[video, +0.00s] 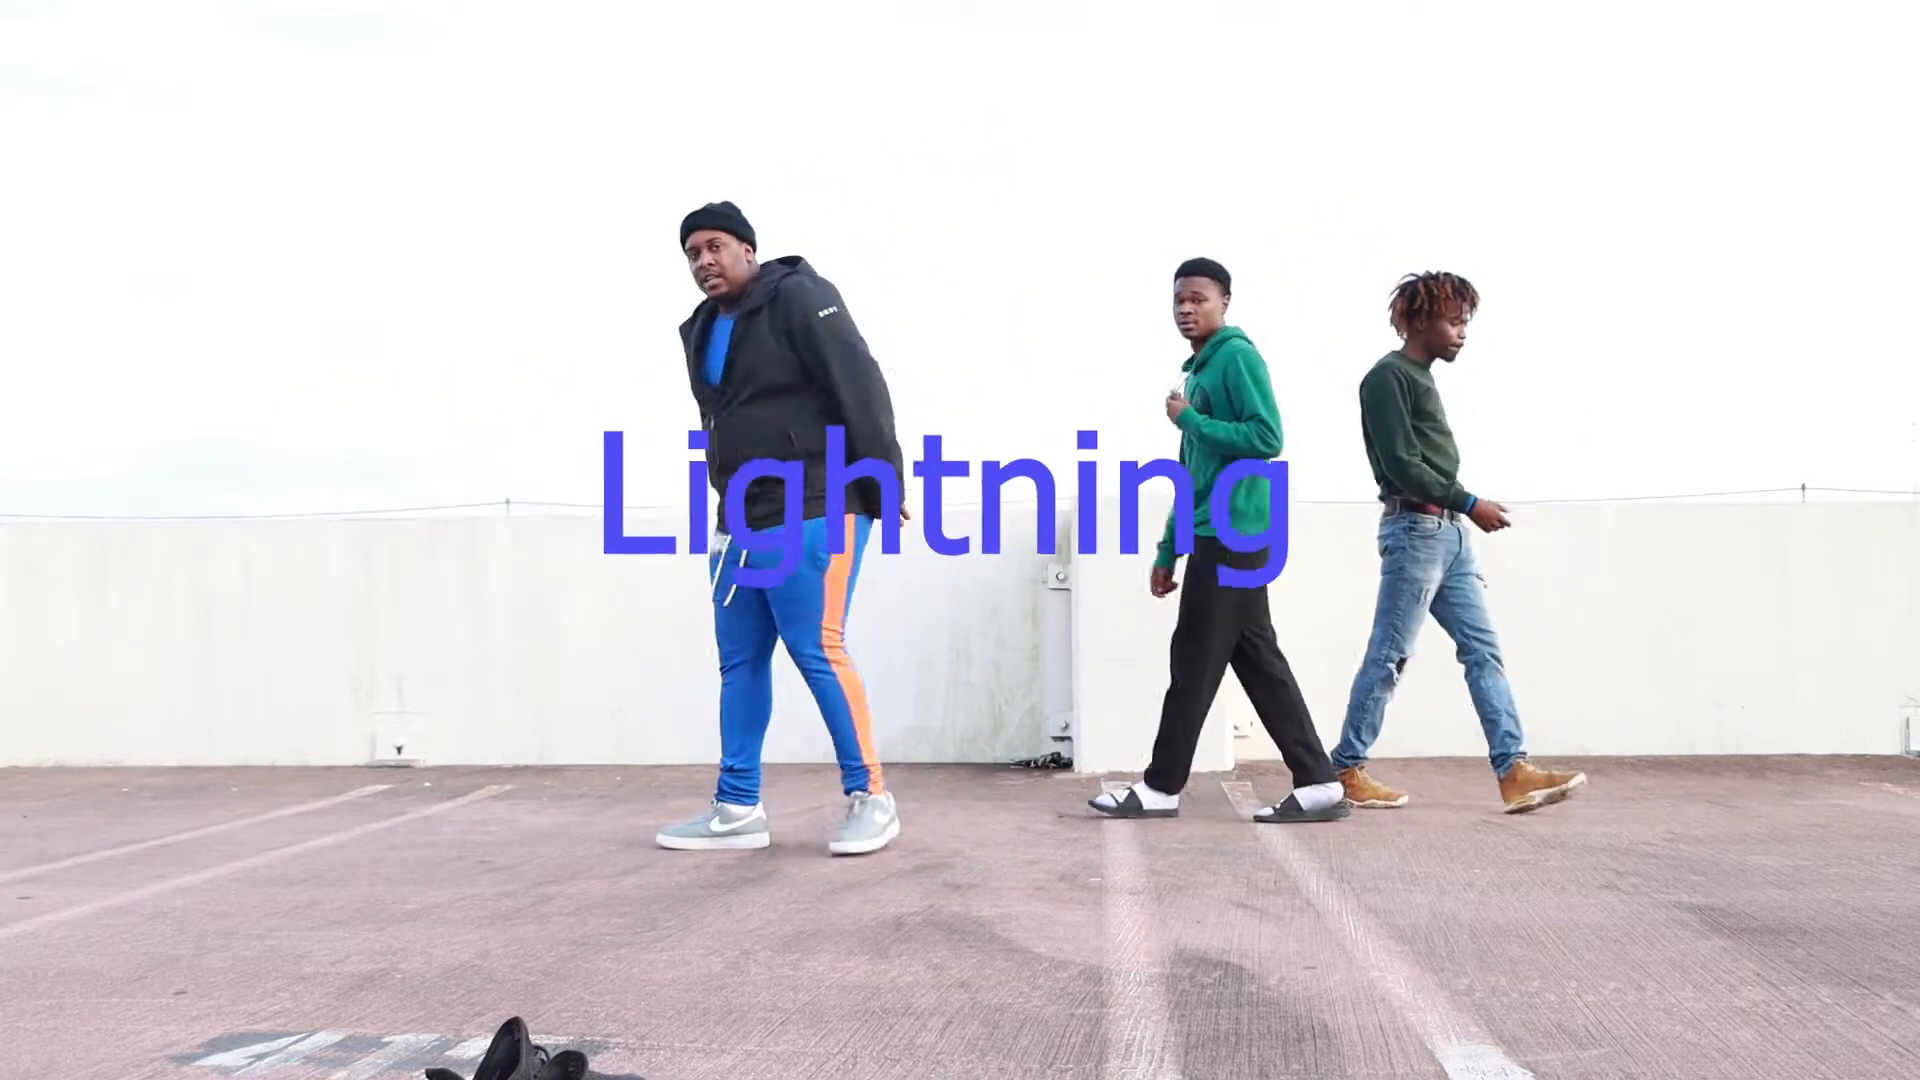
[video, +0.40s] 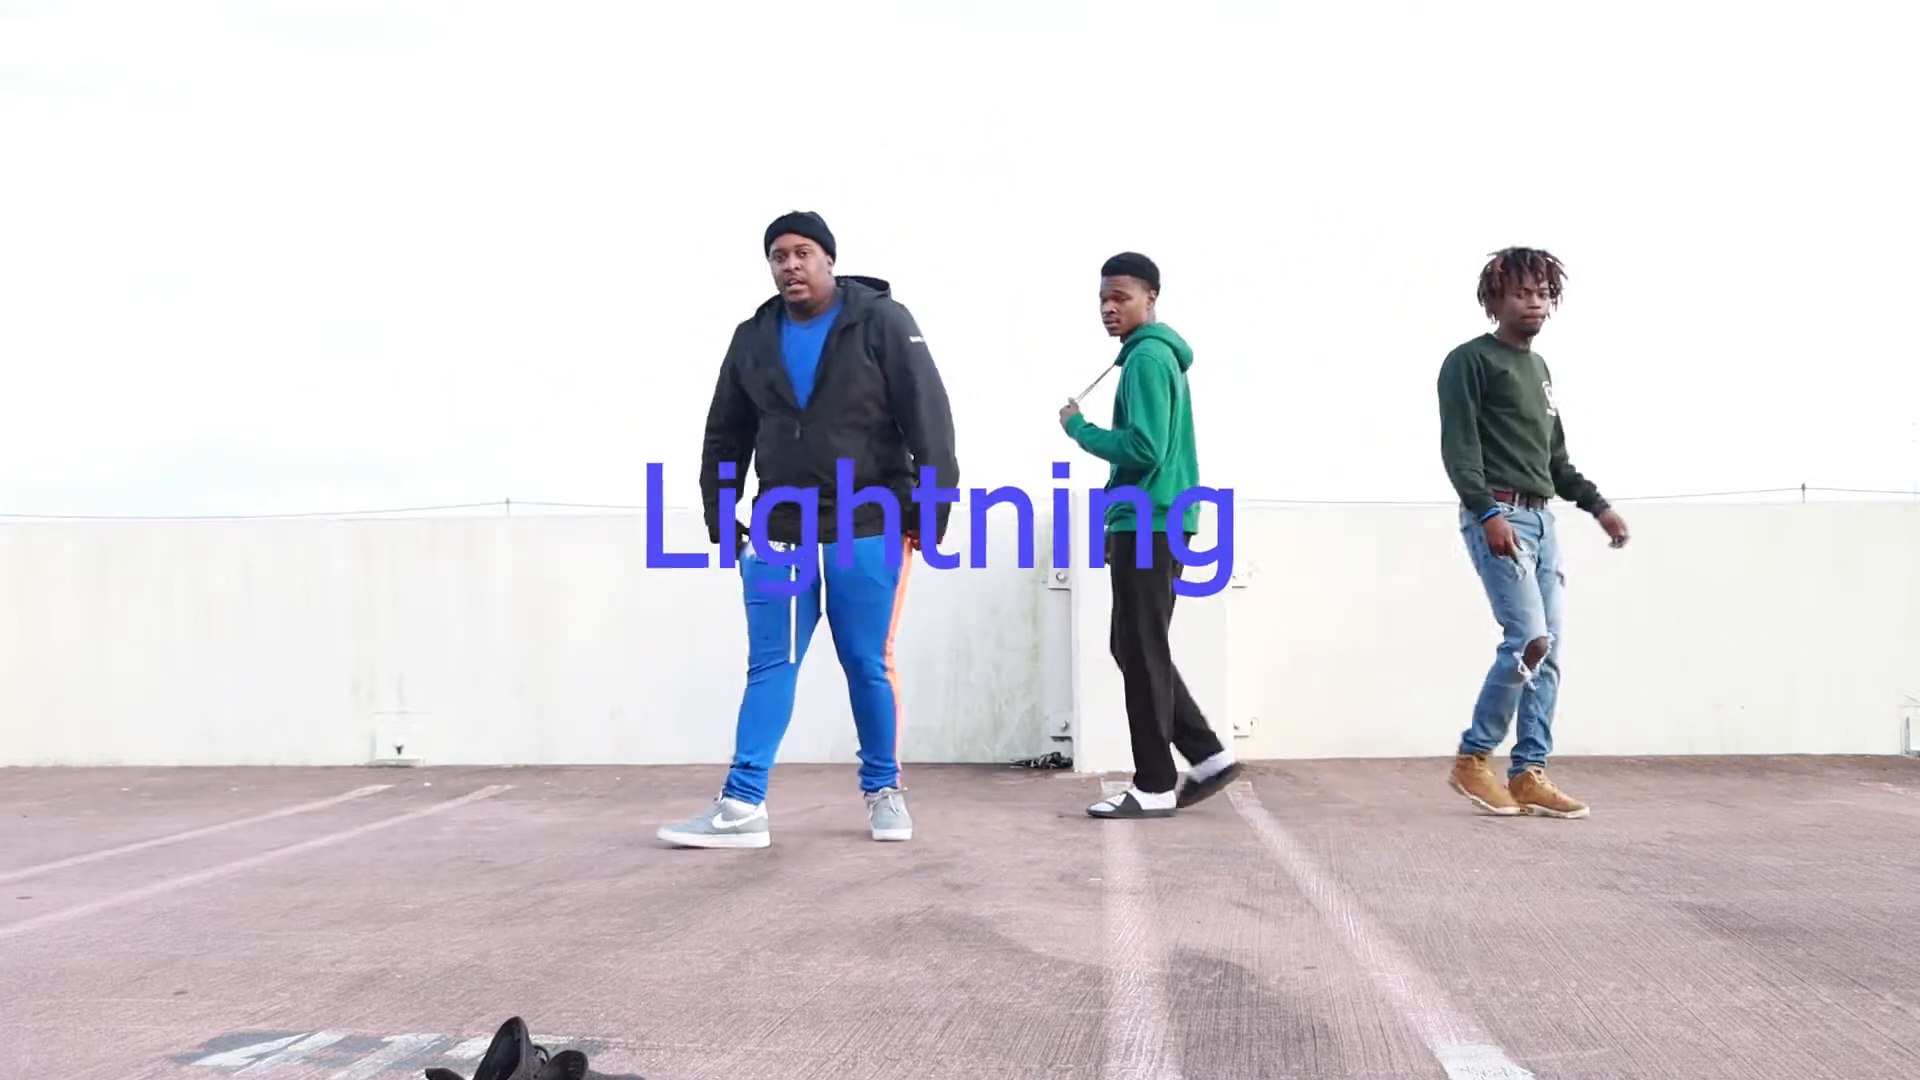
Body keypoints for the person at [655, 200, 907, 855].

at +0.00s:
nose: (704, 261)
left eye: (715, 247)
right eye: (695, 254)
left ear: (747, 248)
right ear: (690, 267)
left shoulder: (798, 293)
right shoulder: (703, 332)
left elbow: (859, 381)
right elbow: (721, 422)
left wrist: (882, 482)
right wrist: (726, 497)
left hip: (817, 505)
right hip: (744, 515)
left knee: (816, 646)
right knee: (741, 659)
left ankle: (870, 799)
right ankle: (737, 806)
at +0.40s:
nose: (790, 265)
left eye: (802, 253)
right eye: (780, 257)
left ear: (830, 258)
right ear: (770, 269)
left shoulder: (881, 321)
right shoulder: (755, 335)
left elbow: (929, 413)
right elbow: (725, 431)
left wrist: (933, 508)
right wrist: (722, 513)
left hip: (867, 519)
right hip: (778, 523)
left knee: (866, 660)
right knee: (769, 661)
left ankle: (884, 792)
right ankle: (742, 802)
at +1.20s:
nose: (900, 330)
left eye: (911, 317)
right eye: (888, 317)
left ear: (924, 313)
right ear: (863, 309)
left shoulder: (947, 363)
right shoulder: (819, 355)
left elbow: (992, 445)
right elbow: (766, 432)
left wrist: (1035, 523)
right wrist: (741, 520)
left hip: (902, 527)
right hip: (821, 528)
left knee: (890, 651)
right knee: (837, 663)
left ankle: (890, 788)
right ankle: (852, 785)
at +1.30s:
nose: (887, 319)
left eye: (898, 307)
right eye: (875, 307)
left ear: (912, 303)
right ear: (852, 301)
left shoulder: (943, 352)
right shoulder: (814, 351)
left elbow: (1001, 420)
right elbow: (762, 413)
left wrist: (1065, 490)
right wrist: (722, 487)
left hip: (906, 528)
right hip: (825, 530)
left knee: (895, 649)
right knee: (839, 663)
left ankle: (896, 784)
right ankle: (852, 784)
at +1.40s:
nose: (883, 307)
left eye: (893, 296)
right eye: (871, 296)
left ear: (909, 294)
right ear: (850, 292)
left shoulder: (941, 343)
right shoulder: (813, 342)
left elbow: (1009, 395)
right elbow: (755, 392)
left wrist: (1084, 447)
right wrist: (701, 446)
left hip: (911, 521)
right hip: (827, 524)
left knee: (908, 641)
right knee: (842, 659)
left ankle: (906, 780)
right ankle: (852, 784)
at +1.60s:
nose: (892, 292)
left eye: (902, 281)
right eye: (879, 280)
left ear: (917, 282)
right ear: (858, 280)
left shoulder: (948, 333)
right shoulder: (819, 331)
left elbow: (1024, 366)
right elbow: (752, 363)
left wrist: (1105, 395)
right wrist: (680, 391)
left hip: (921, 525)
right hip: (835, 526)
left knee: (917, 648)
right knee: (848, 662)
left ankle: (926, 788)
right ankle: (854, 787)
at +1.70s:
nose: (900, 288)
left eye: (911, 277)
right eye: (888, 277)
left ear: (925, 282)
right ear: (866, 278)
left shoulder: (956, 333)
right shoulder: (827, 329)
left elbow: (1034, 360)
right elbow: (756, 353)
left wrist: (1118, 379)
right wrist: (681, 373)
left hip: (926, 525)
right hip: (840, 525)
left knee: (920, 653)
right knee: (852, 665)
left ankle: (924, 795)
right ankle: (854, 790)